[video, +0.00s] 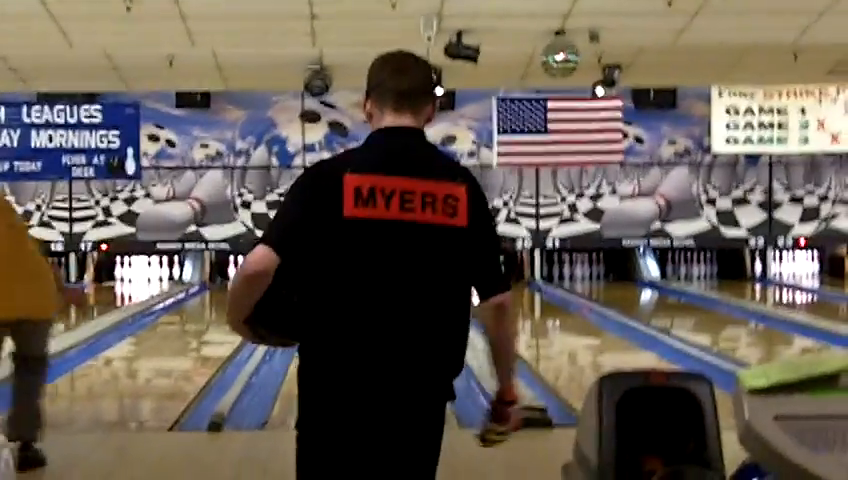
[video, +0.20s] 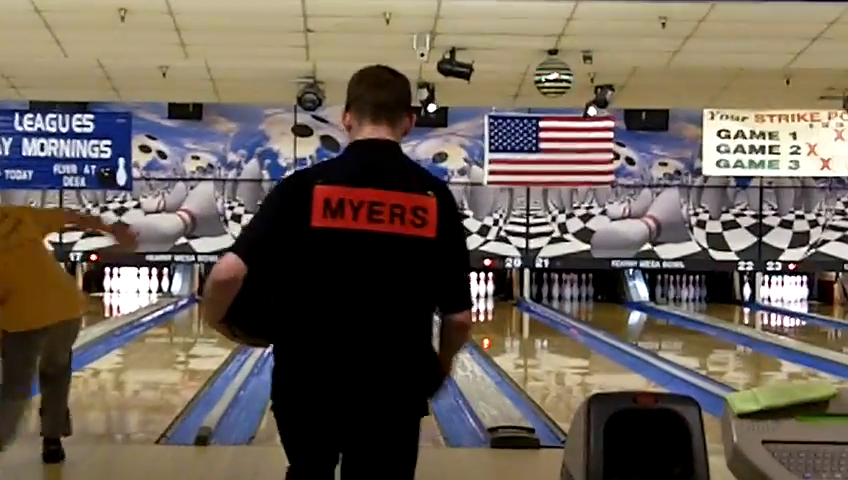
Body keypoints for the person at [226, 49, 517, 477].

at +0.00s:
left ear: (367, 106)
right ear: (432, 109)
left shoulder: (325, 177)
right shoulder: (461, 187)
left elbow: (256, 267)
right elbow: (497, 301)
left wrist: (240, 319)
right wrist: (506, 383)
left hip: (333, 392)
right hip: (419, 397)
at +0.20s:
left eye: (344, 113)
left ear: (346, 118)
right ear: (409, 120)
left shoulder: (302, 186)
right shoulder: (435, 197)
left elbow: (227, 272)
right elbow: (459, 317)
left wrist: (214, 318)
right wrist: (443, 363)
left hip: (306, 390)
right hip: (391, 396)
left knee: (307, 473)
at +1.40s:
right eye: (358, 93)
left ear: (301, 96)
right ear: (359, 100)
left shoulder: (261, 166)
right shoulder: (384, 176)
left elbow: (180, 234)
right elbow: (404, 282)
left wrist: (193, 292)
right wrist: (361, 263)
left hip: (262, 359)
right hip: (342, 361)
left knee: (278, 470)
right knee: (336, 472)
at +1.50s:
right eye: (346, 80)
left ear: (291, 85)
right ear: (347, 86)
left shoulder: (252, 157)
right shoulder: (377, 162)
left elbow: (180, 229)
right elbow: (389, 272)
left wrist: (198, 290)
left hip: (261, 341)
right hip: (340, 340)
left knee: (271, 465)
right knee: (340, 464)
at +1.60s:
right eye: (340, 70)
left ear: (283, 76)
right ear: (340, 76)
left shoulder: (246, 151)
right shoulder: (371, 154)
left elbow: (180, 232)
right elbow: (382, 262)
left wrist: (201, 288)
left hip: (259, 338)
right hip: (337, 338)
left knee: (268, 465)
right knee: (337, 464)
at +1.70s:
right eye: (335, 67)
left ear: (276, 73)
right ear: (334, 72)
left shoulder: (243, 147)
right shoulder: (365, 146)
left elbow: (187, 240)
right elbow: (381, 258)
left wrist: (207, 286)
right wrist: (377, 262)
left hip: (259, 338)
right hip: (337, 338)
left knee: (265, 467)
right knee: (335, 467)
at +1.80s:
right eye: (331, 63)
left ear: (273, 71)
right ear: (331, 69)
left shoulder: (241, 147)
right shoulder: (363, 144)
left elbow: (189, 244)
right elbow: (380, 252)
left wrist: (216, 285)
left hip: (259, 335)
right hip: (337, 334)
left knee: (265, 465)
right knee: (332, 464)